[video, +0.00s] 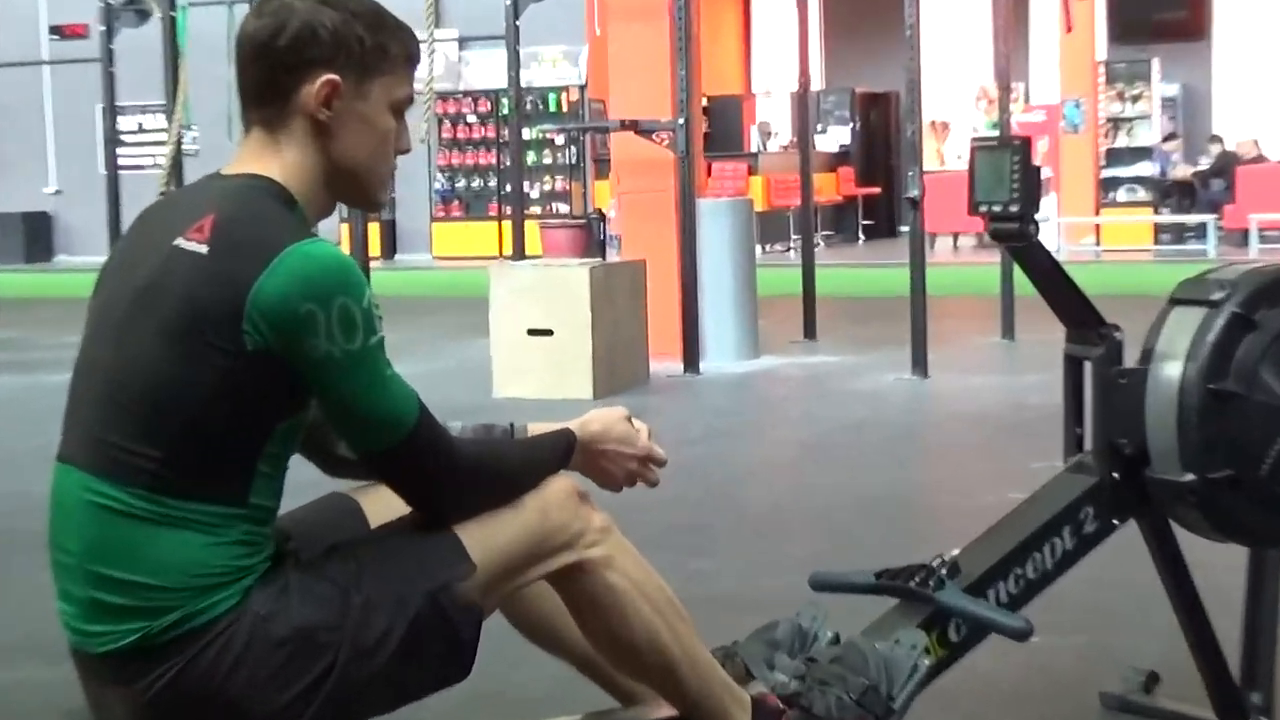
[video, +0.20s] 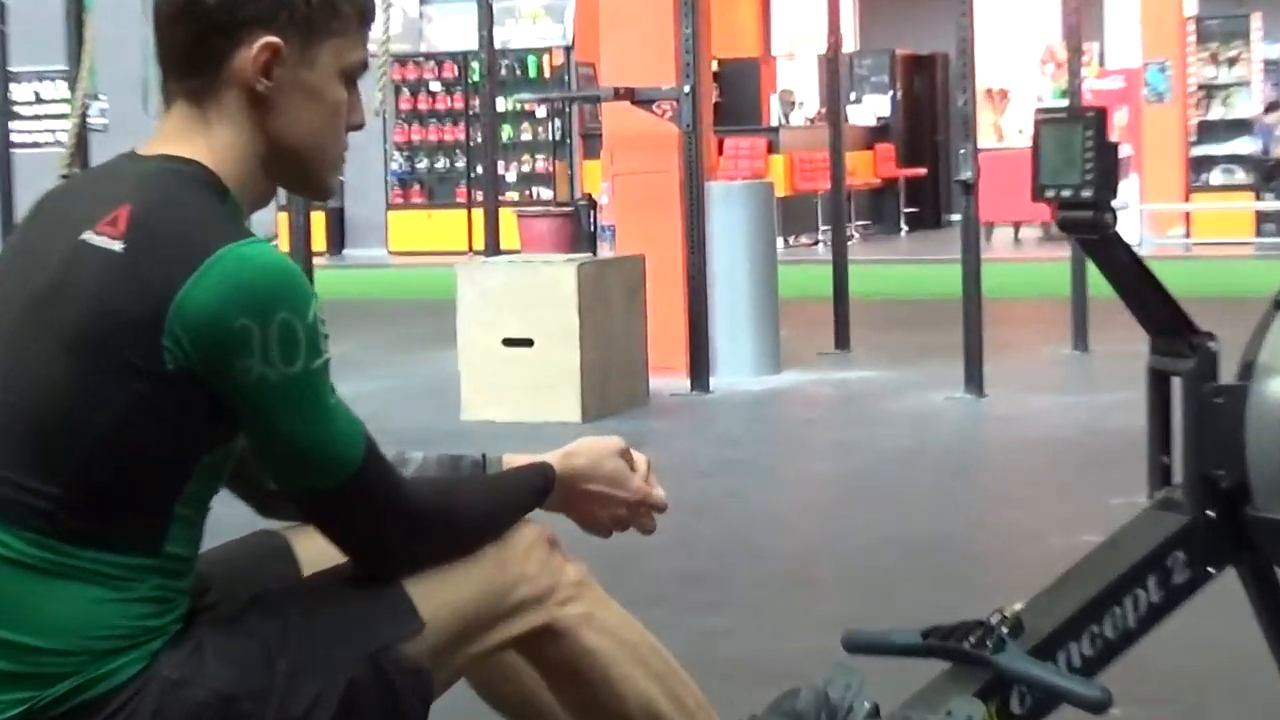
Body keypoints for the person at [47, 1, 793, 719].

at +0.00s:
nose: (407, 142)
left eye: (409, 115)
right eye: (398, 112)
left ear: (303, 104)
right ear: (327, 102)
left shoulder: (179, 222)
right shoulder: (303, 271)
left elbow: (342, 453)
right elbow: (441, 476)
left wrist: (539, 452)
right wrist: (574, 444)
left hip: (127, 621)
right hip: (200, 653)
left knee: (447, 506)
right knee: (566, 507)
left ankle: (654, 700)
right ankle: (735, 710)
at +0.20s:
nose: (360, 119)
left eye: (361, 84)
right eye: (350, 80)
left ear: (256, 74)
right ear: (265, 70)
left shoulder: (77, 209)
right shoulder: (239, 277)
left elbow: (274, 481)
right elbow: (396, 532)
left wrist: (527, 482)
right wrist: (555, 477)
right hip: (108, 692)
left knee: (378, 542)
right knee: (529, 562)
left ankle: (582, 713)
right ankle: (705, 717)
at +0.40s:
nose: (333, 111)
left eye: (329, 75)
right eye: (316, 72)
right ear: (221, 69)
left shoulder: (40, 209)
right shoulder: (188, 294)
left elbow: (245, 518)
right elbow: (364, 579)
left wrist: (501, 515)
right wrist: (542, 530)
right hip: (84, 703)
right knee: (518, 612)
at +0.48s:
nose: (327, 109)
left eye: (322, 72)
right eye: (309, 70)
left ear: (217, 77)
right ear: (213, 72)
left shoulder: (46, 220)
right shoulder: (182, 296)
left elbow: (253, 529)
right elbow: (366, 582)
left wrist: (507, 525)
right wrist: (550, 540)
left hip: (46, 669)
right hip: (84, 704)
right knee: (527, 621)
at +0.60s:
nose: (315, 101)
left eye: (307, 69)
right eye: (296, 67)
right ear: (203, 75)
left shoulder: (50, 233)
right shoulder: (179, 302)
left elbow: (256, 542)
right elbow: (375, 586)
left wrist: (523, 547)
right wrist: (558, 559)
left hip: (55, 678)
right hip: (100, 708)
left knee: (342, 597)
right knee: (549, 639)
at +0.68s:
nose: (306, 99)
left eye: (297, 66)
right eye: (288, 64)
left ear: (193, 77)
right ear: (194, 75)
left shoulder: (53, 239)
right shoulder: (181, 302)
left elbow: (259, 549)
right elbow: (388, 587)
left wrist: (530, 549)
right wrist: (572, 554)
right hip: (108, 707)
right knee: (565, 638)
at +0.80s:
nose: (296, 90)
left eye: (289, 60)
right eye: (278, 57)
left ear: (183, 74)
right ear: (184, 72)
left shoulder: (43, 235)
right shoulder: (185, 293)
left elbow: (266, 542)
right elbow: (406, 587)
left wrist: (526, 538)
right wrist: (586, 548)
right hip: (120, 707)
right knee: (580, 634)